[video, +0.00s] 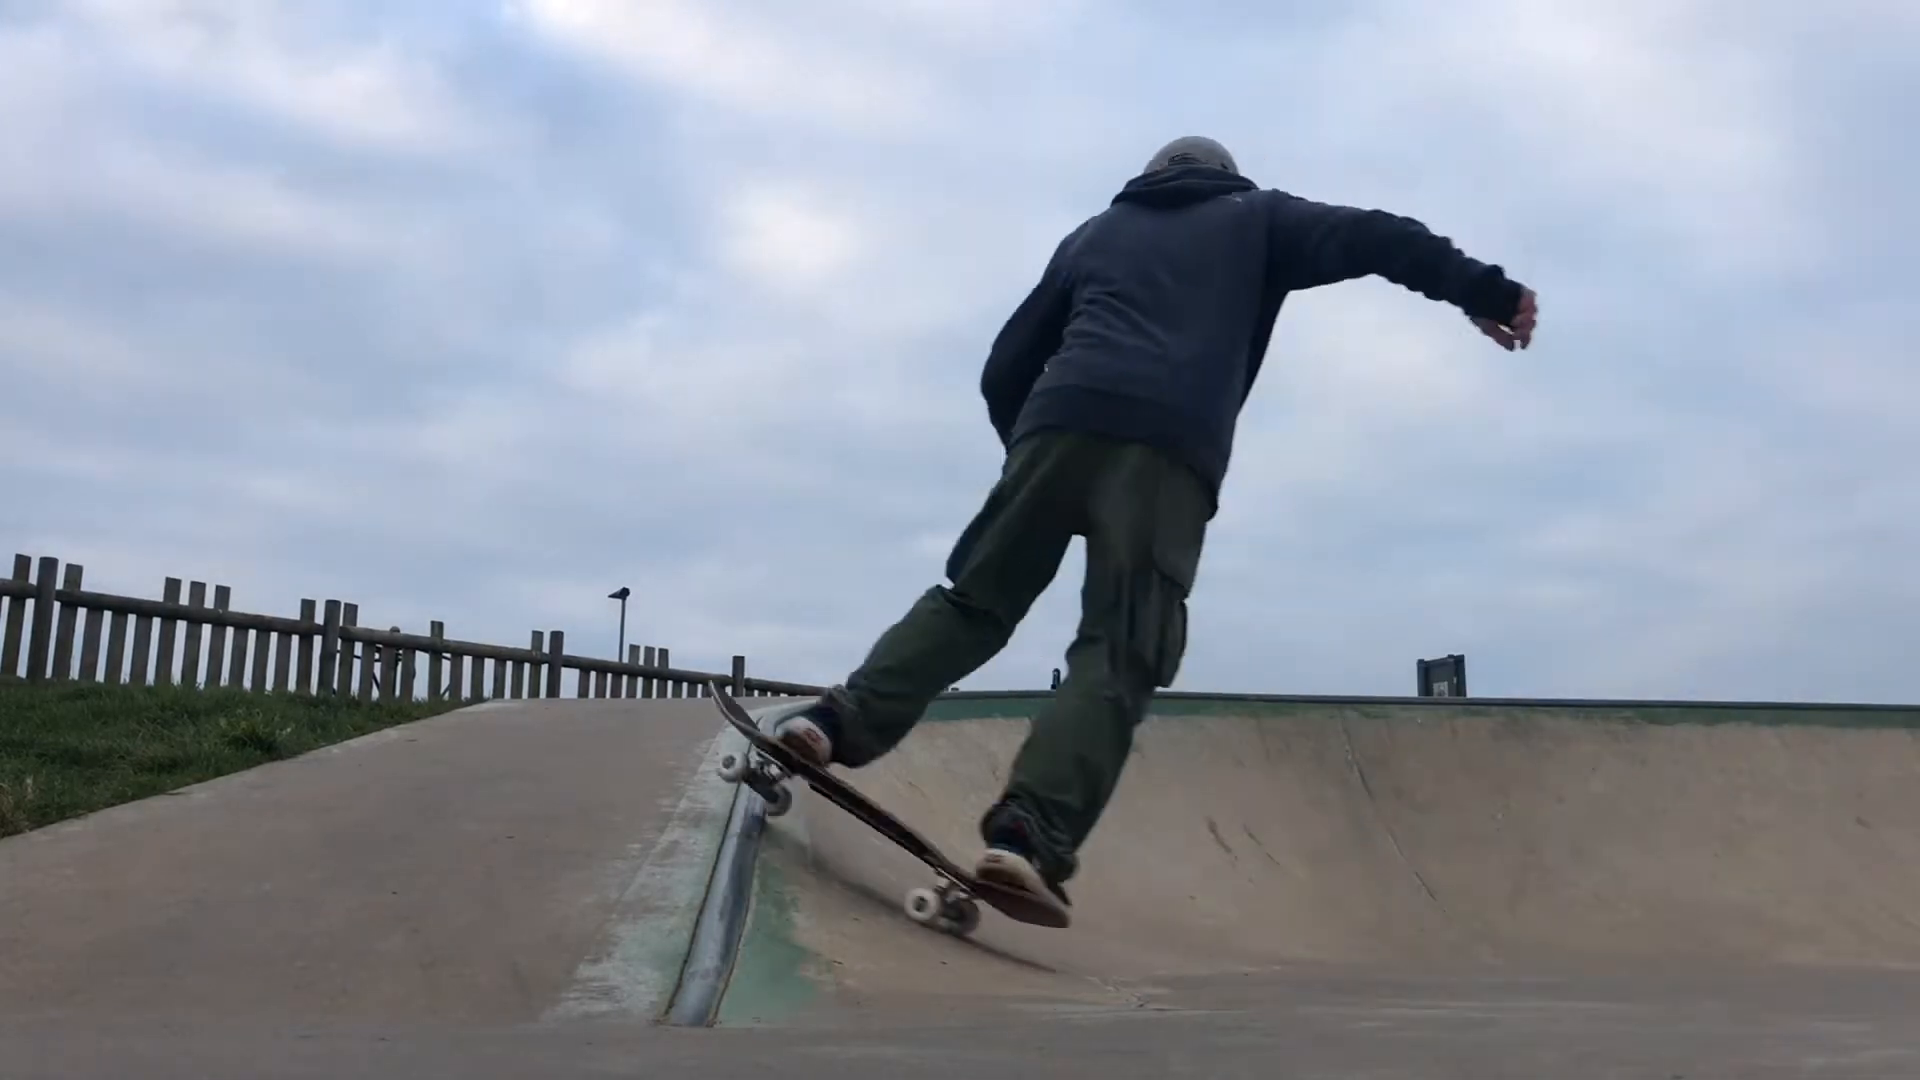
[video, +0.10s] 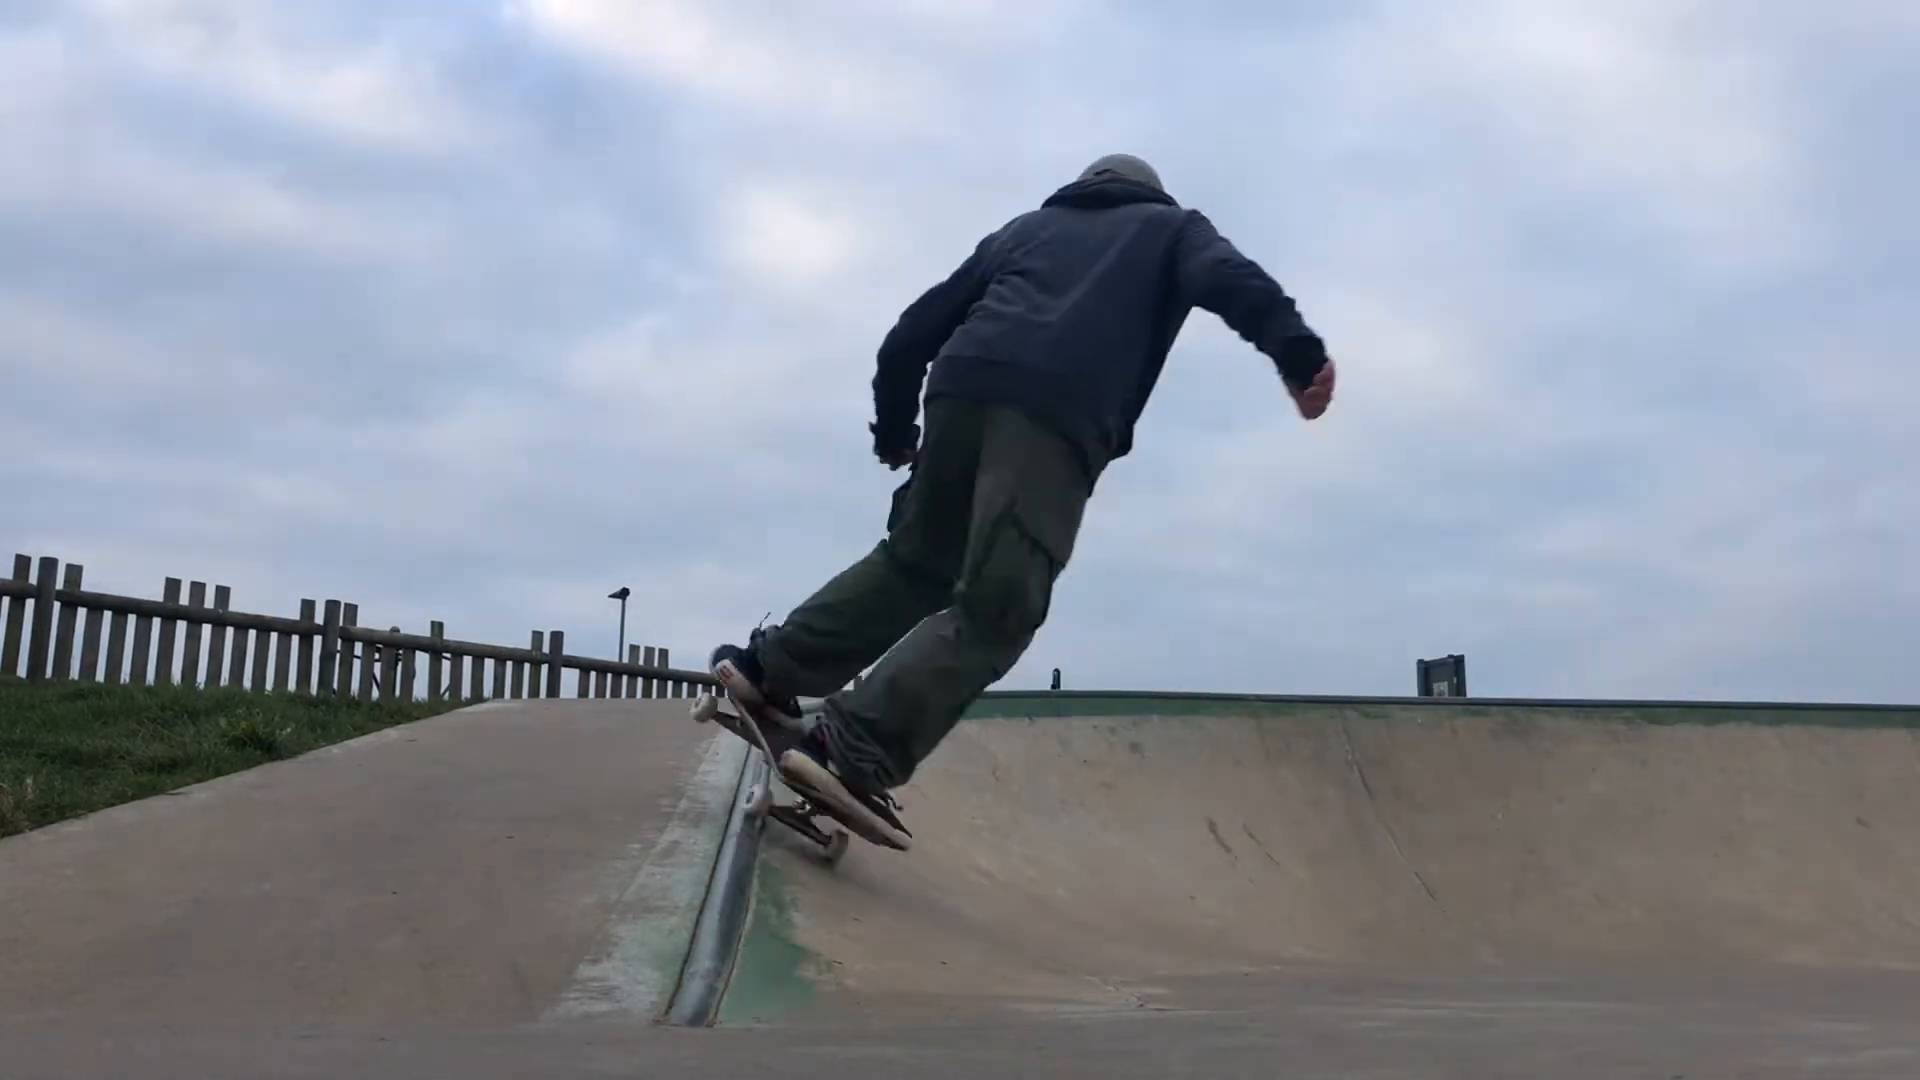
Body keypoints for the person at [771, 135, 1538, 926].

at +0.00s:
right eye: (1234, 184)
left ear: (1154, 176)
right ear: (1230, 179)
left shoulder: (1096, 231)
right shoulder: (1256, 215)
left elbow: (1009, 359)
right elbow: (1379, 235)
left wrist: (1038, 444)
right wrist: (1489, 291)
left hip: (1059, 415)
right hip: (1173, 434)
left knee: (974, 597)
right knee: (1119, 644)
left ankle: (840, 724)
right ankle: (1029, 833)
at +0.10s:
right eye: (1165, 195)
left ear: (1087, 185)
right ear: (1152, 193)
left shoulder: (1025, 227)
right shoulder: (1169, 223)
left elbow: (912, 331)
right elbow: (1232, 277)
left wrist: (896, 426)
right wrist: (1301, 351)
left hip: (958, 382)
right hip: (1057, 405)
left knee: (920, 561)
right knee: (996, 609)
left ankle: (769, 670)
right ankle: (851, 750)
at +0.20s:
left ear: (1048, 183)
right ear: (1109, 198)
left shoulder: (977, 218)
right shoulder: (1115, 228)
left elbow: (845, 306)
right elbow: (1144, 312)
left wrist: (812, 393)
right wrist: (1182, 424)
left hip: (886, 379)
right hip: (970, 398)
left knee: (860, 568)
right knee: (941, 594)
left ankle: (781, 709)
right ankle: (796, 712)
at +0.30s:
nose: (1089, 212)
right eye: (1091, 203)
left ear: (1027, 169)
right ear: (1080, 187)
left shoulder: (944, 210)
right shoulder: (1070, 213)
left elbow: (823, 302)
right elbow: (1092, 306)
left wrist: (806, 392)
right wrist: (1147, 417)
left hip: (848, 374)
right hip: (927, 380)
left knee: (865, 568)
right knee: (927, 574)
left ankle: (784, 702)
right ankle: (802, 709)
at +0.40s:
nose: (1080, 231)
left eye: (1084, 223)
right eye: (1081, 218)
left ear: (1024, 171)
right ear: (1065, 195)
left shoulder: (933, 208)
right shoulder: (1044, 205)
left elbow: (858, 290)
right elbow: (1079, 286)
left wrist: (839, 354)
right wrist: (1155, 380)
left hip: (838, 356)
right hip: (910, 364)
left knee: (849, 554)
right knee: (914, 558)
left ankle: (790, 693)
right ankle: (811, 704)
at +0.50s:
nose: (1073, 225)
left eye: (1075, 217)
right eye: (1074, 214)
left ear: (1018, 174)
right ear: (1055, 193)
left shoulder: (927, 218)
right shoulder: (1023, 201)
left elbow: (885, 292)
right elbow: (1091, 251)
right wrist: (1191, 318)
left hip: (843, 367)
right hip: (910, 373)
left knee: (861, 559)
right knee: (909, 561)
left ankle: (793, 698)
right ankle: (809, 709)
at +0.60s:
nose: (1078, 224)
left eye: (1079, 217)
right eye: (1077, 214)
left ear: (1022, 181)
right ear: (1059, 198)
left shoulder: (937, 229)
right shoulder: (1026, 209)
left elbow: (892, 302)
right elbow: (1124, 230)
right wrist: (1228, 262)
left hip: (864, 375)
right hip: (921, 380)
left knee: (888, 559)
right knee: (912, 558)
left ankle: (821, 722)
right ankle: (807, 699)